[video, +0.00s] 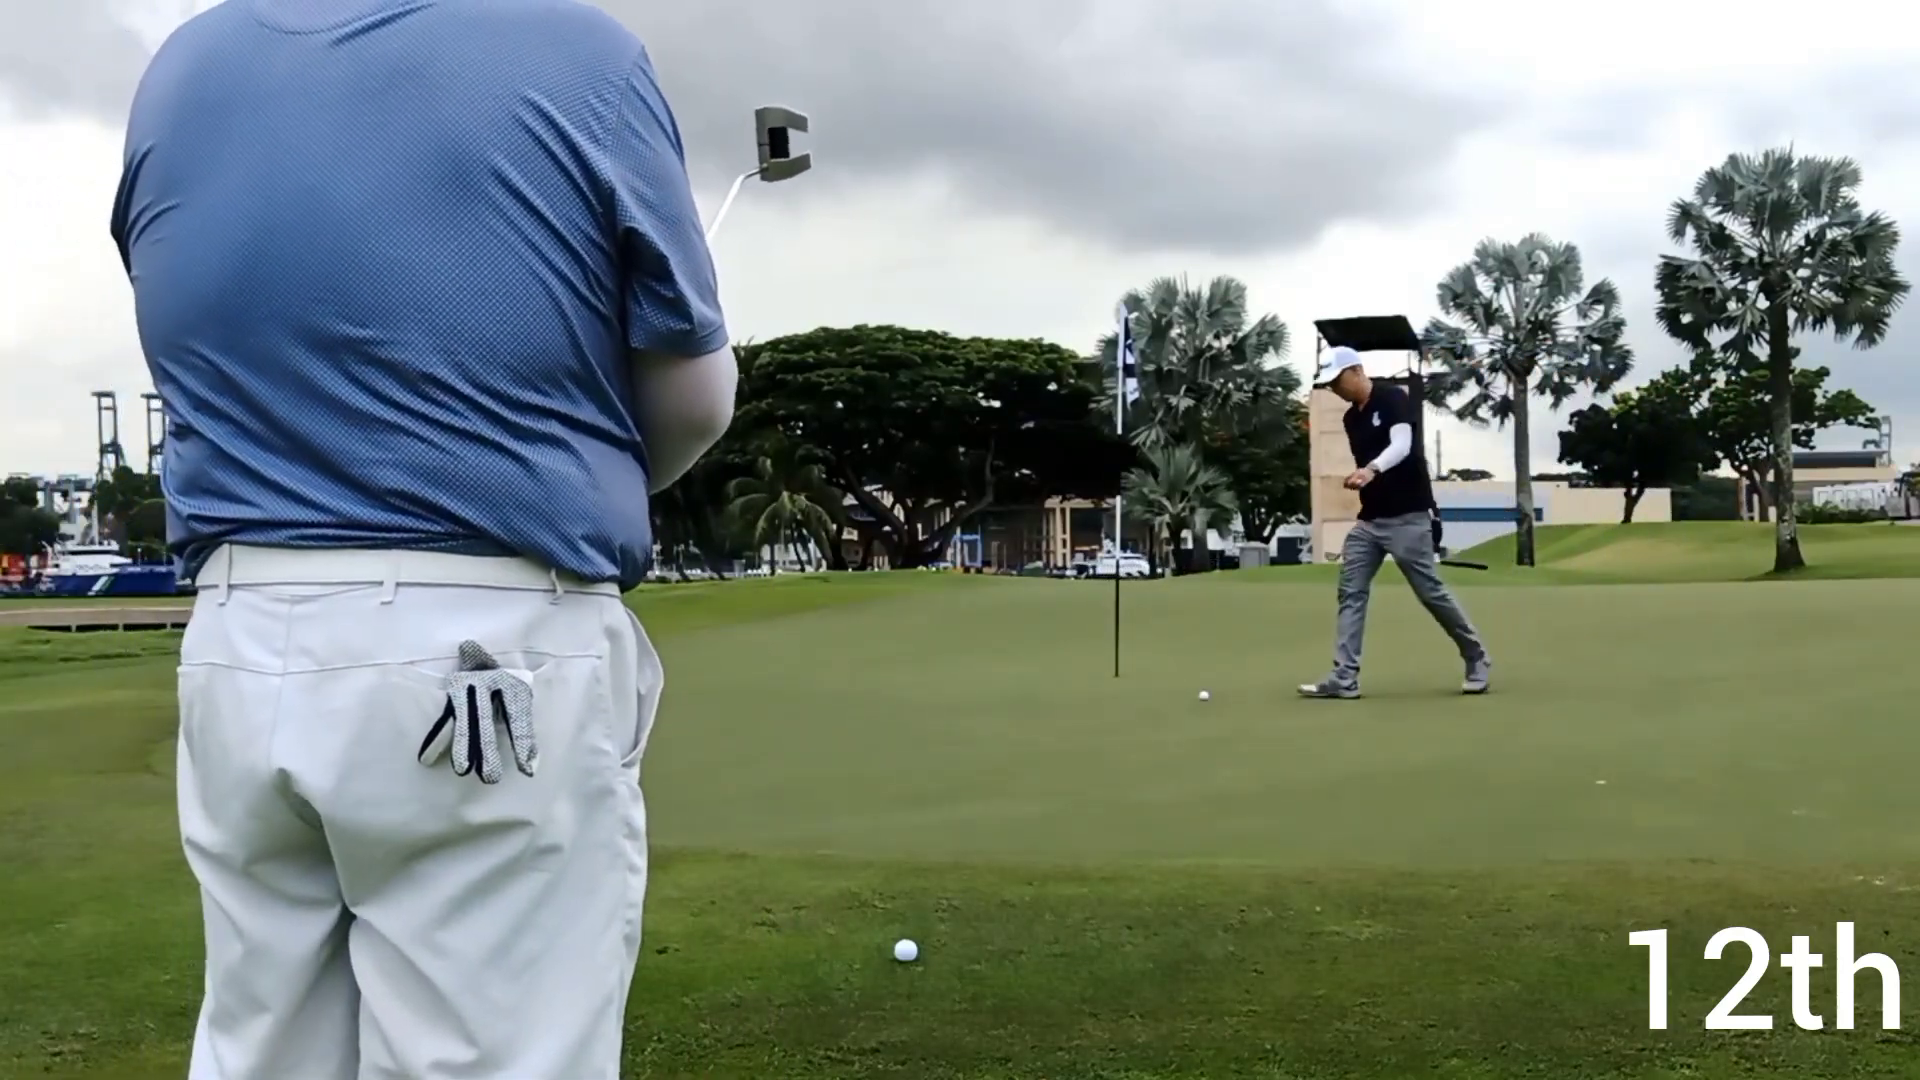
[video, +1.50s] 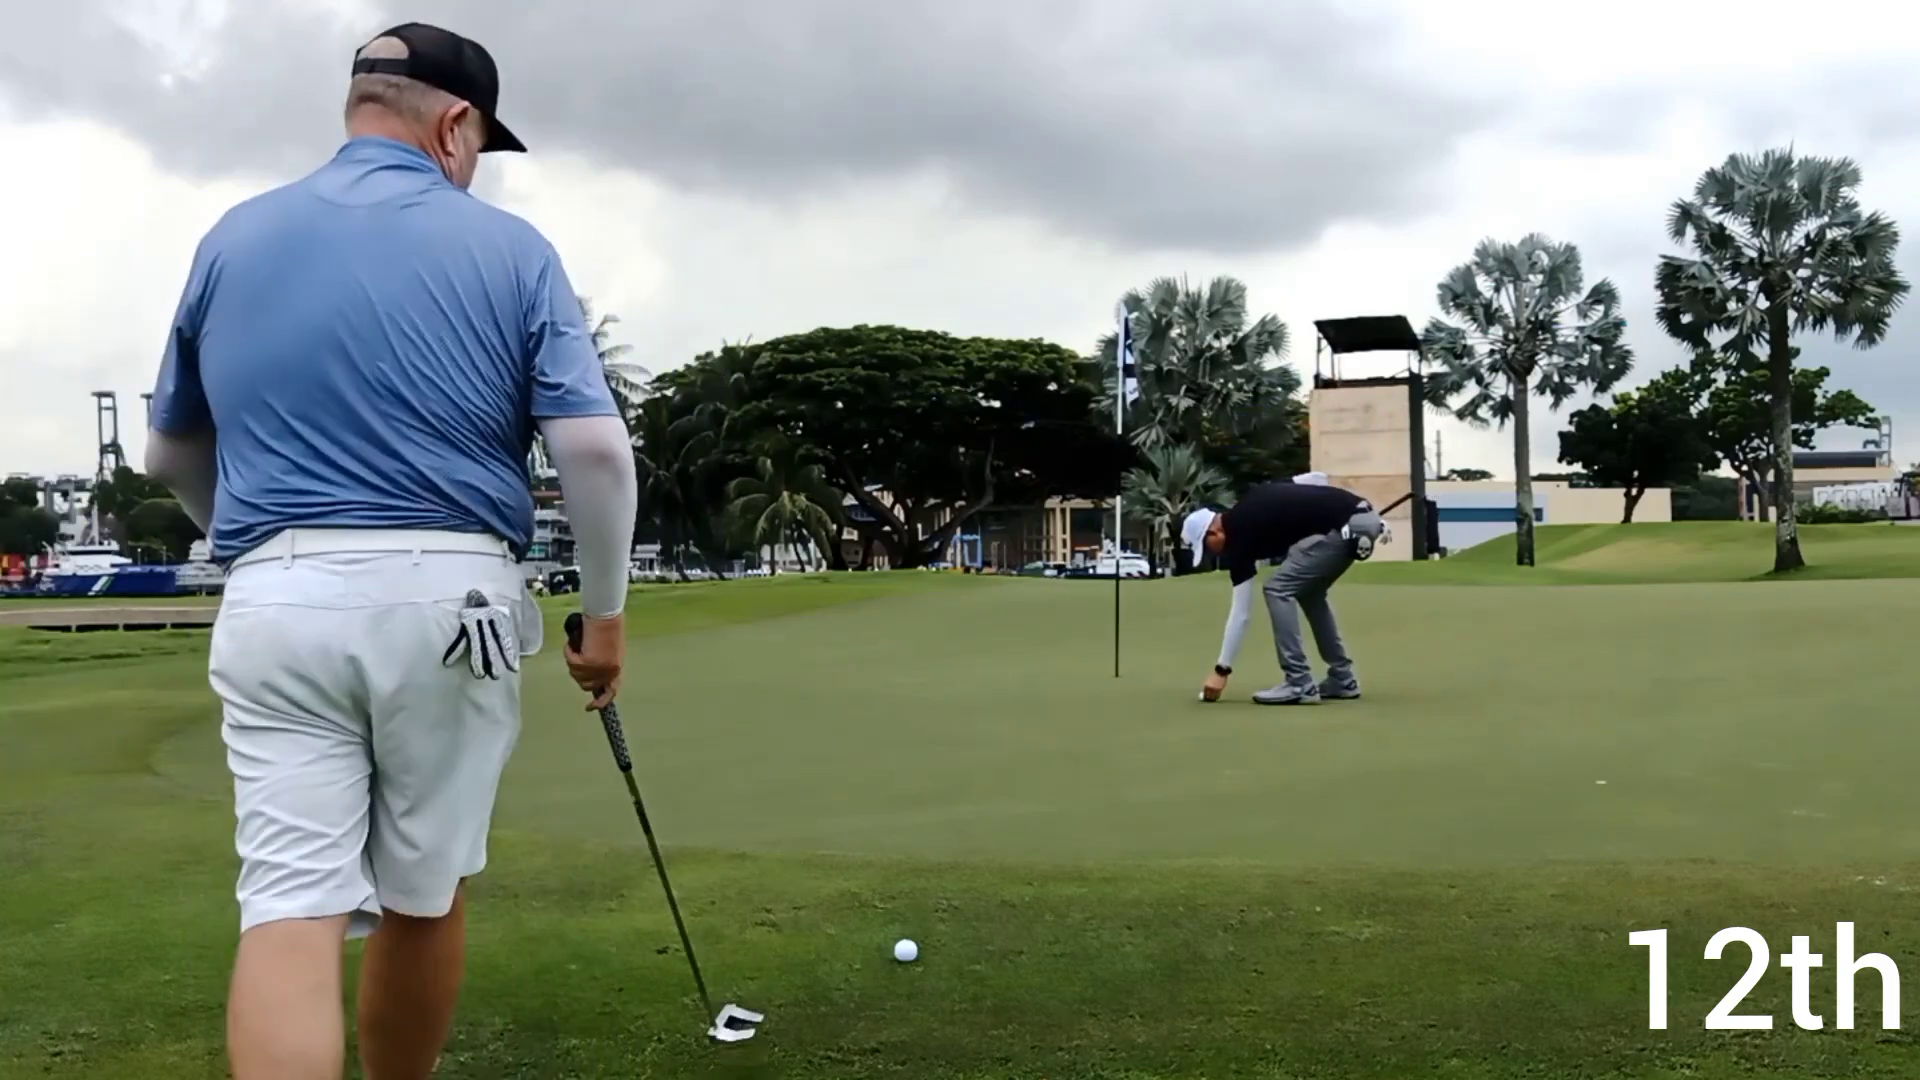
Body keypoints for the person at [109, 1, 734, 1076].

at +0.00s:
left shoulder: (187, 57)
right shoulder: (582, 46)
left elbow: (183, 331)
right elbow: (691, 393)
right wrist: (565, 494)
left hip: (245, 616)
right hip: (501, 621)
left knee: (257, 1058)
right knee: (503, 1058)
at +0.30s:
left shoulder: (202, 72)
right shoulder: (604, 66)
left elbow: (187, 339)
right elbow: (700, 411)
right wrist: (573, 516)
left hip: (247, 620)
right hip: (501, 618)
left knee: (281, 1053)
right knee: (486, 1057)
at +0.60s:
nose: (531, 39)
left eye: (535, 23)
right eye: (536, 21)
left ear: (367, 10)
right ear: (507, 11)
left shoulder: (200, 147)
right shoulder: (600, 139)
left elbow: (107, 452)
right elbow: (689, 457)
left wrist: (192, 668)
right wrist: (611, 587)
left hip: (252, 630)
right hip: (499, 623)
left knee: (287, 1037)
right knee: (466, 1052)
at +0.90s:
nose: (478, 82)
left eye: (482, 63)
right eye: (479, 56)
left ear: (318, 39)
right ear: (454, 45)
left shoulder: (175, 179)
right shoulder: (537, 187)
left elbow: (45, 391)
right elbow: (637, 424)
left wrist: (17, 639)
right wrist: (601, 649)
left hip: (229, 612)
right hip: (453, 615)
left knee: (278, 1000)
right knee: (460, 1003)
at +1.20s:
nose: (451, 100)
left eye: (452, 82)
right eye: (452, 76)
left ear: (303, 52)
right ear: (423, 58)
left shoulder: (172, 192)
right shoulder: (497, 187)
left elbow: (90, 435)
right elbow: (602, 391)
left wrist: (151, 622)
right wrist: (593, 594)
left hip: (239, 592)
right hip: (446, 588)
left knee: (271, 958)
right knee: (462, 903)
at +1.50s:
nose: (480, 171)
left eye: (485, 150)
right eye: (483, 147)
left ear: (350, 117)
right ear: (451, 127)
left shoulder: (235, 235)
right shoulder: (512, 247)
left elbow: (177, 448)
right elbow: (594, 447)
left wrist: (262, 536)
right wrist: (602, 610)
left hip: (273, 595)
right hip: (449, 598)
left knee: (286, 907)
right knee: (421, 904)